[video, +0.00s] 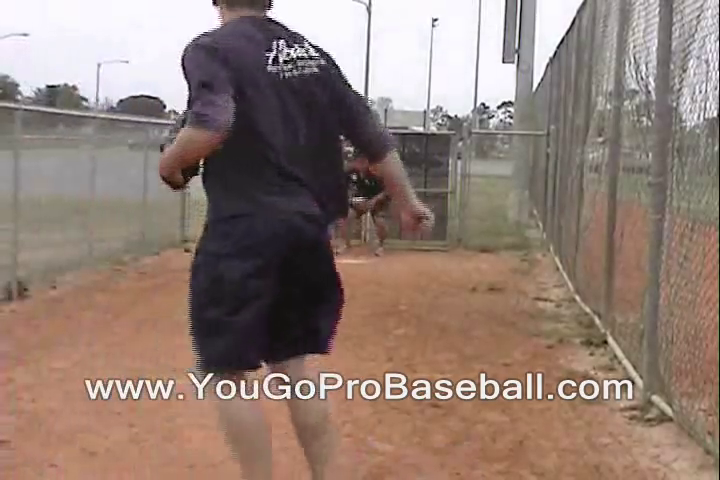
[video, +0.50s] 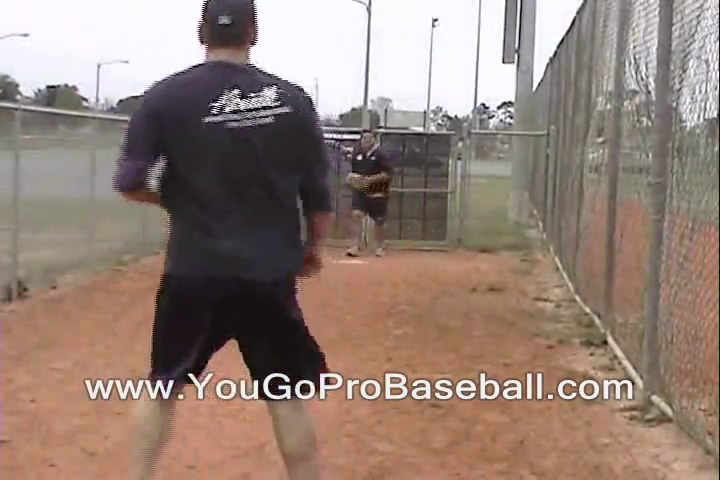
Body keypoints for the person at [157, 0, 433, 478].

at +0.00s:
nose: (213, 12)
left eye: (213, 8)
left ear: (219, 5)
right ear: (269, 5)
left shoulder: (212, 46)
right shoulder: (312, 54)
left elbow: (213, 124)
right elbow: (372, 135)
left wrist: (171, 161)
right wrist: (406, 199)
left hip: (241, 231)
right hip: (308, 232)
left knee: (226, 374)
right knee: (295, 360)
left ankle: (257, 472)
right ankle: (328, 471)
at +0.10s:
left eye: (228, 24)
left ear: (226, 29)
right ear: (278, 29)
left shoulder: (209, 80)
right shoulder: (320, 85)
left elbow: (200, 161)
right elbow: (373, 170)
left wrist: (169, 191)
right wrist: (403, 238)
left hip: (236, 262)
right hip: (305, 259)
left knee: (251, 398)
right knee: (301, 386)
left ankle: (281, 475)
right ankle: (311, 475)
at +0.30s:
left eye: (231, 54)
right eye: (275, 53)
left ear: (226, 56)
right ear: (278, 57)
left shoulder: (198, 119)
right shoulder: (319, 118)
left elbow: (181, 213)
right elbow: (342, 215)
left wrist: (193, 236)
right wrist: (342, 280)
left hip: (229, 290)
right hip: (300, 289)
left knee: (195, 383)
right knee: (287, 402)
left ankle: (244, 472)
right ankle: (306, 473)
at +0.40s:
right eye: (266, 35)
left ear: (216, 39)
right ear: (267, 38)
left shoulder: (184, 98)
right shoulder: (309, 102)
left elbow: (161, 191)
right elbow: (327, 199)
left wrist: (194, 213)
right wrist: (324, 255)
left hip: (209, 279)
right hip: (283, 279)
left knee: (185, 389)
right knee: (290, 399)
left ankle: (190, 473)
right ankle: (311, 474)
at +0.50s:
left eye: (203, 31)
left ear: (201, 35)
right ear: (253, 35)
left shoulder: (167, 95)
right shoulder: (293, 99)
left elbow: (128, 182)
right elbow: (320, 190)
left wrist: (169, 197)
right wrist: (314, 246)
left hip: (193, 278)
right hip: (268, 279)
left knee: (161, 389)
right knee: (287, 397)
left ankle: (138, 473)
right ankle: (307, 475)